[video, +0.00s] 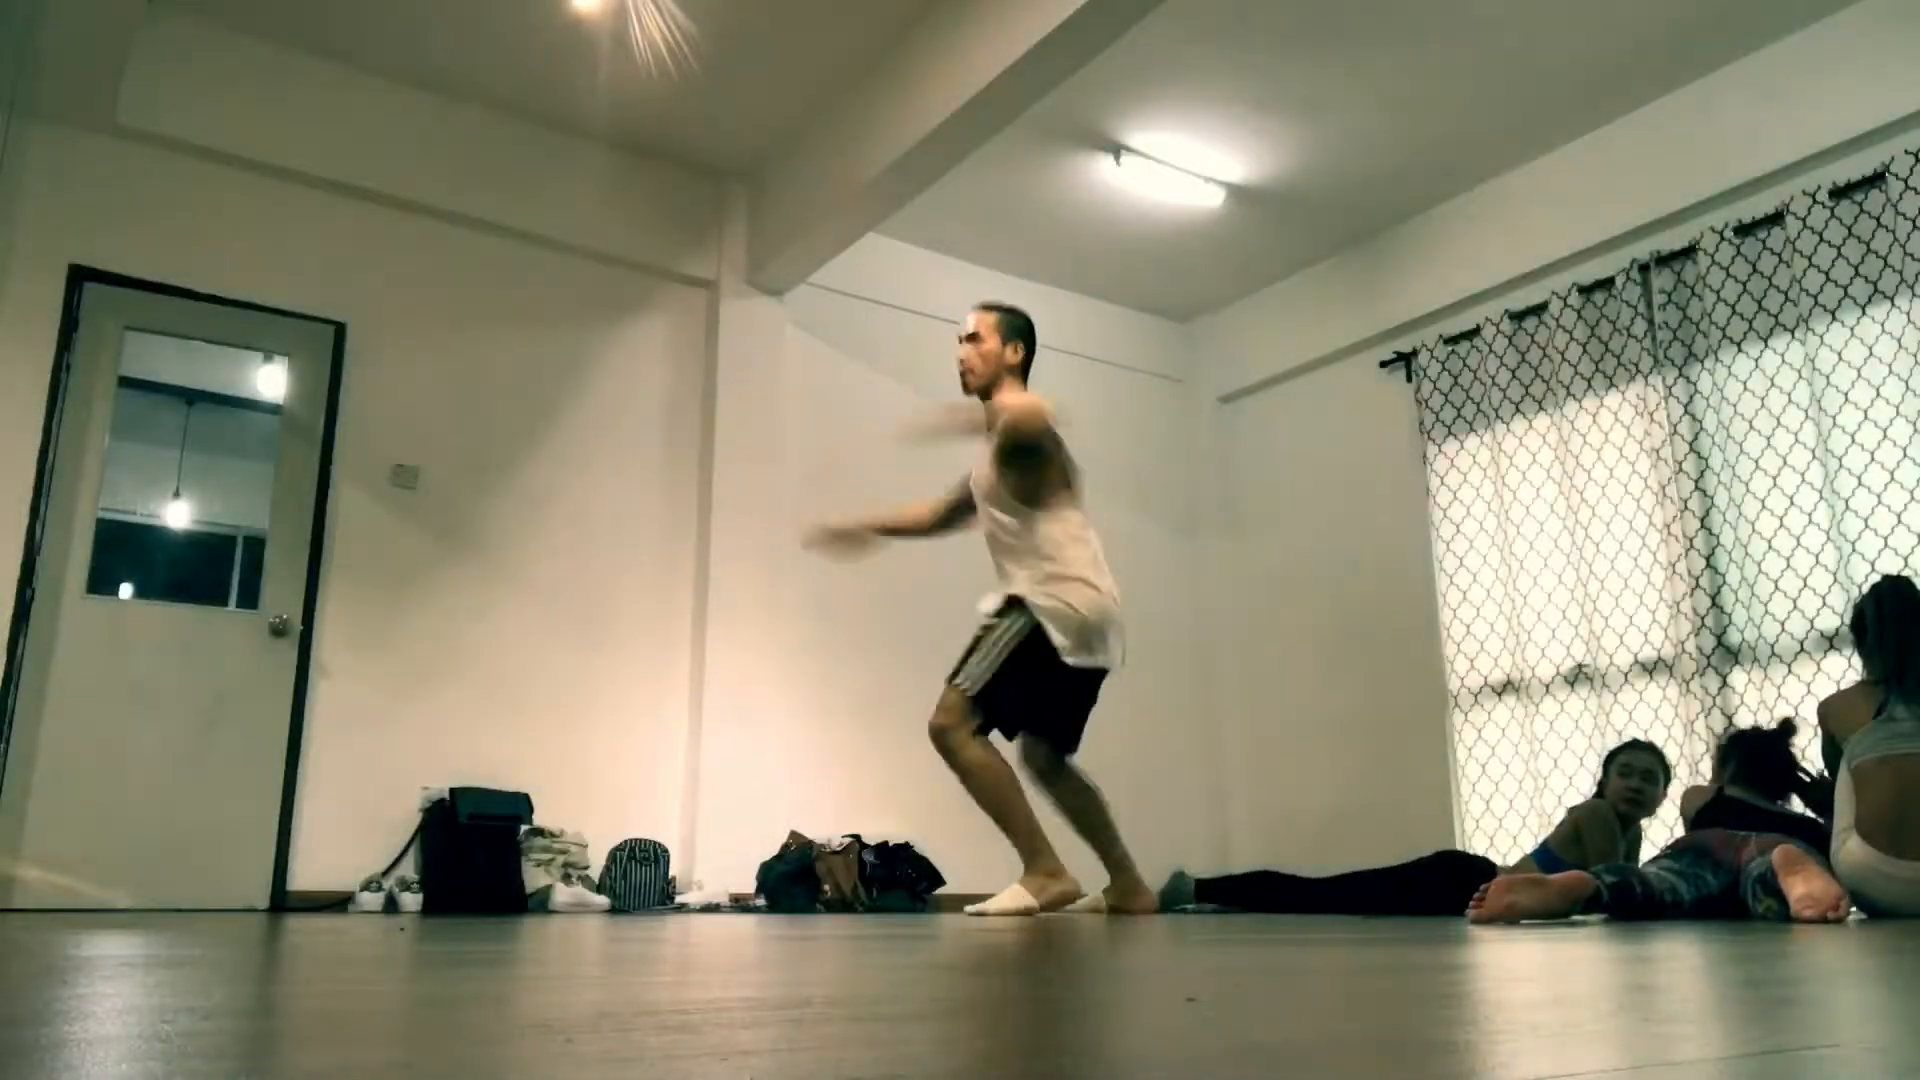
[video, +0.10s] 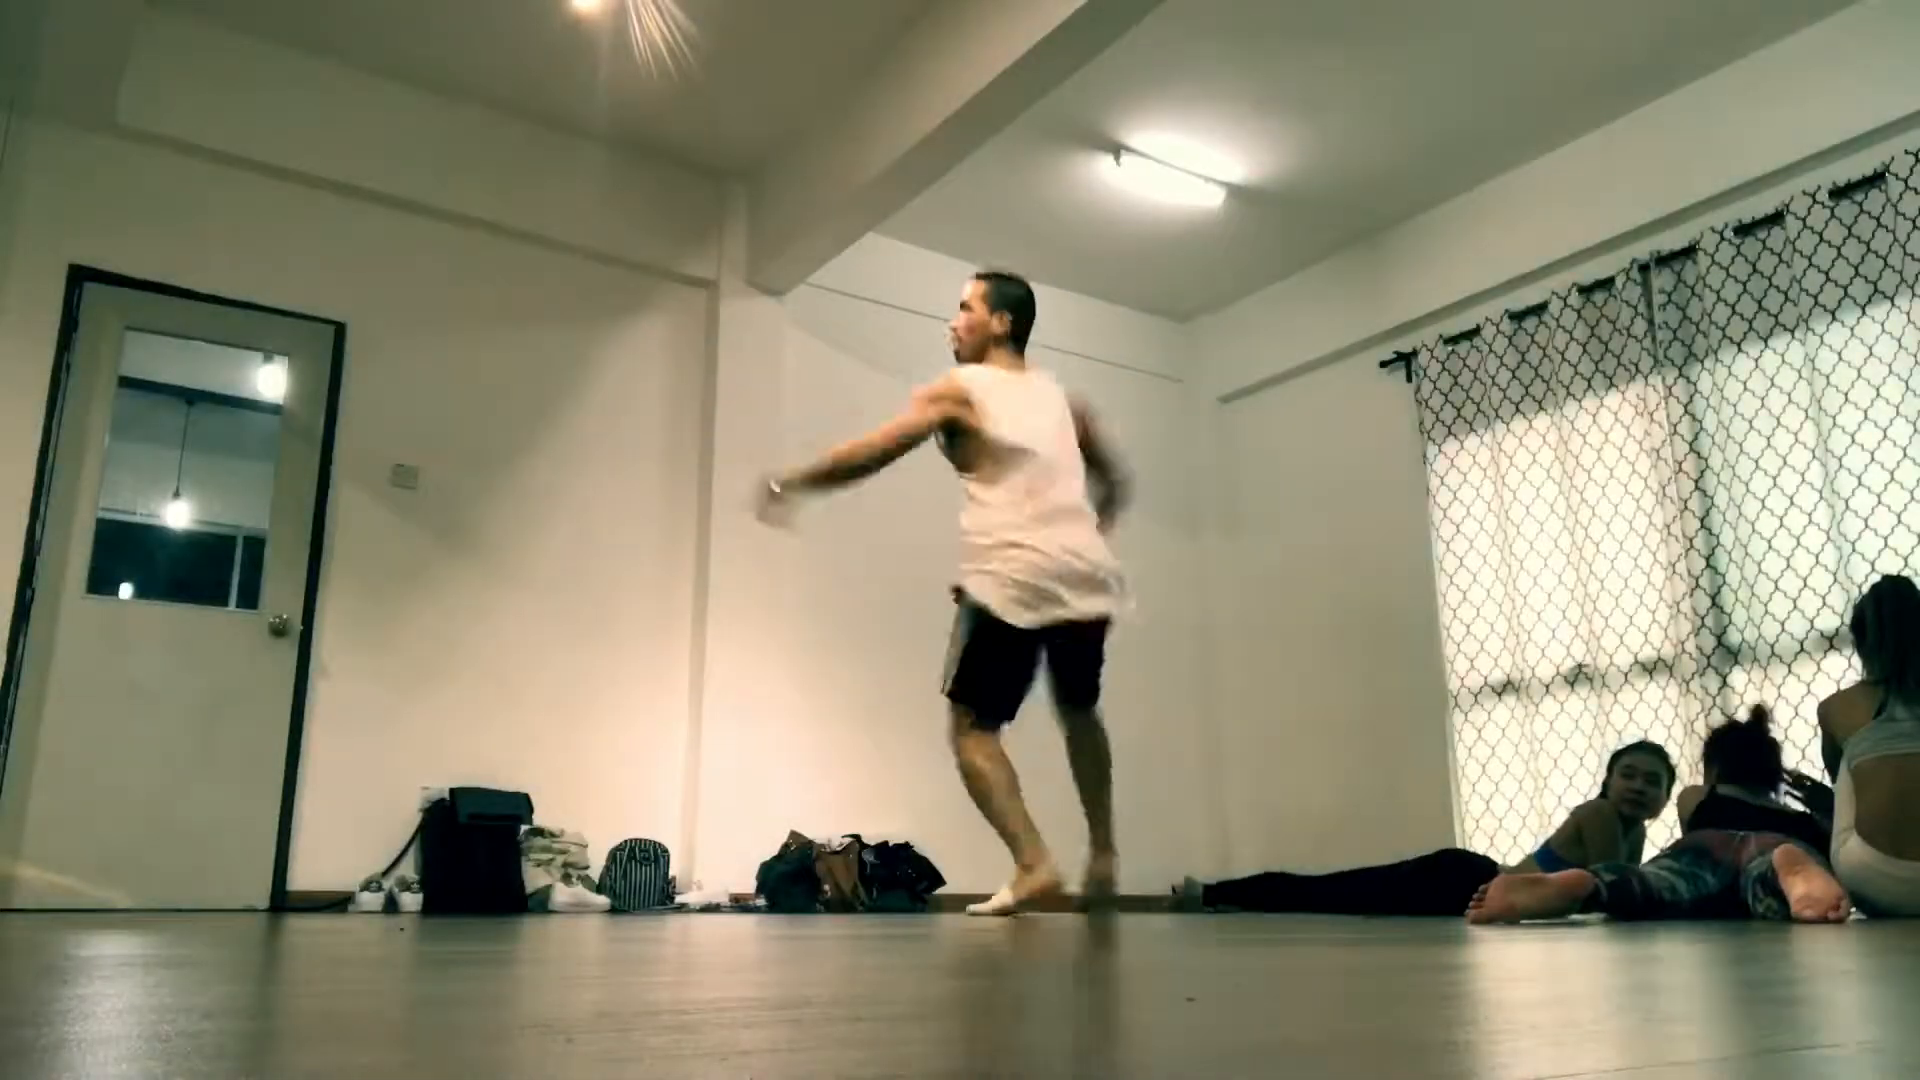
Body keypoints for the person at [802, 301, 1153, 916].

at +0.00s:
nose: (960, 351)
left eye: (974, 340)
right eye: (962, 341)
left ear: (1013, 353)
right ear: (995, 356)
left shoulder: (1024, 411)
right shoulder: (997, 454)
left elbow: (1025, 421)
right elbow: (941, 515)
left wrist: (976, 416)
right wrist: (864, 527)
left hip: (1048, 602)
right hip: (1086, 611)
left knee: (952, 725)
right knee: (1042, 756)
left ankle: (1045, 874)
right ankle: (1129, 885)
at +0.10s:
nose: (953, 321)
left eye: (966, 310)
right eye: (958, 308)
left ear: (1001, 323)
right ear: (1014, 327)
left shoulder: (957, 389)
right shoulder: (1059, 396)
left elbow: (870, 454)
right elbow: (1112, 477)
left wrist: (791, 480)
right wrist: (1092, 530)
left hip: (1009, 579)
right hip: (1086, 578)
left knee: (973, 731)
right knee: (1080, 712)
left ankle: (1033, 866)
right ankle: (1105, 858)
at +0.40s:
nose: (970, 272)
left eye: (984, 258)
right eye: (966, 263)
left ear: (1026, 268)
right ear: (969, 280)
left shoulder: (1073, 348)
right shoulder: (951, 349)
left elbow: (1137, 413)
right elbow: (876, 420)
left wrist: (1125, 379)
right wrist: (911, 382)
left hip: (1029, 537)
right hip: (957, 522)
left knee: (997, 697)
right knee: (929, 480)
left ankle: (975, 871)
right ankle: (1037, 639)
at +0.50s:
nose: (961, 266)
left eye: (976, 253)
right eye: (958, 256)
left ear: (1017, 262)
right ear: (961, 273)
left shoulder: (1051, 318)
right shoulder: (960, 368)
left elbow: (1034, 348)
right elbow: (900, 450)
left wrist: (924, 339)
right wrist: (845, 436)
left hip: (1042, 533)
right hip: (970, 521)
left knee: (1027, 700)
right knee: (849, 523)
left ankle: (1020, 873)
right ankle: (970, 611)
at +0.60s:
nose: (941, 257)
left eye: (955, 245)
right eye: (941, 246)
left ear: (996, 255)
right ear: (991, 263)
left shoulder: (973, 301)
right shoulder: (1014, 331)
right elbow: (1001, 458)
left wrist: (838, 396)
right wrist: (915, 462)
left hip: (1022, 505)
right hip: (1032, 506)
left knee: (1025, 691)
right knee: (920, 555)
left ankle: (1043, 865)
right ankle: (941, 624)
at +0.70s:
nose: (928, 254)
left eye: (935, 243)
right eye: (933, 241)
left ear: (951, 251)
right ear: (998, 259)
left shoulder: (911, 322)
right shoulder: (1041, 333)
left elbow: (865, 417)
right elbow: (1100, 424)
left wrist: (921, 444)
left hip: (969, 525)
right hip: (1060, 524)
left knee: (989, 685)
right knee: (1019, 593)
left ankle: (1015, 860)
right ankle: (952, 663)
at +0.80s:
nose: (1004, 249)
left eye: (998, 236)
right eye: (994, 237)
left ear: (938, 260)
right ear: (972, 249)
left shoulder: (903, 350)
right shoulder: (995, 313)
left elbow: (957, 445)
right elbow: (1115, 364)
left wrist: (1044, 421)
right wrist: (1123, 388)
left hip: (935, 532)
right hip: (1007, 496)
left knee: (956, 682)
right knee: (1131, 523)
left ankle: (968, 854)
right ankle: (1024, 638)